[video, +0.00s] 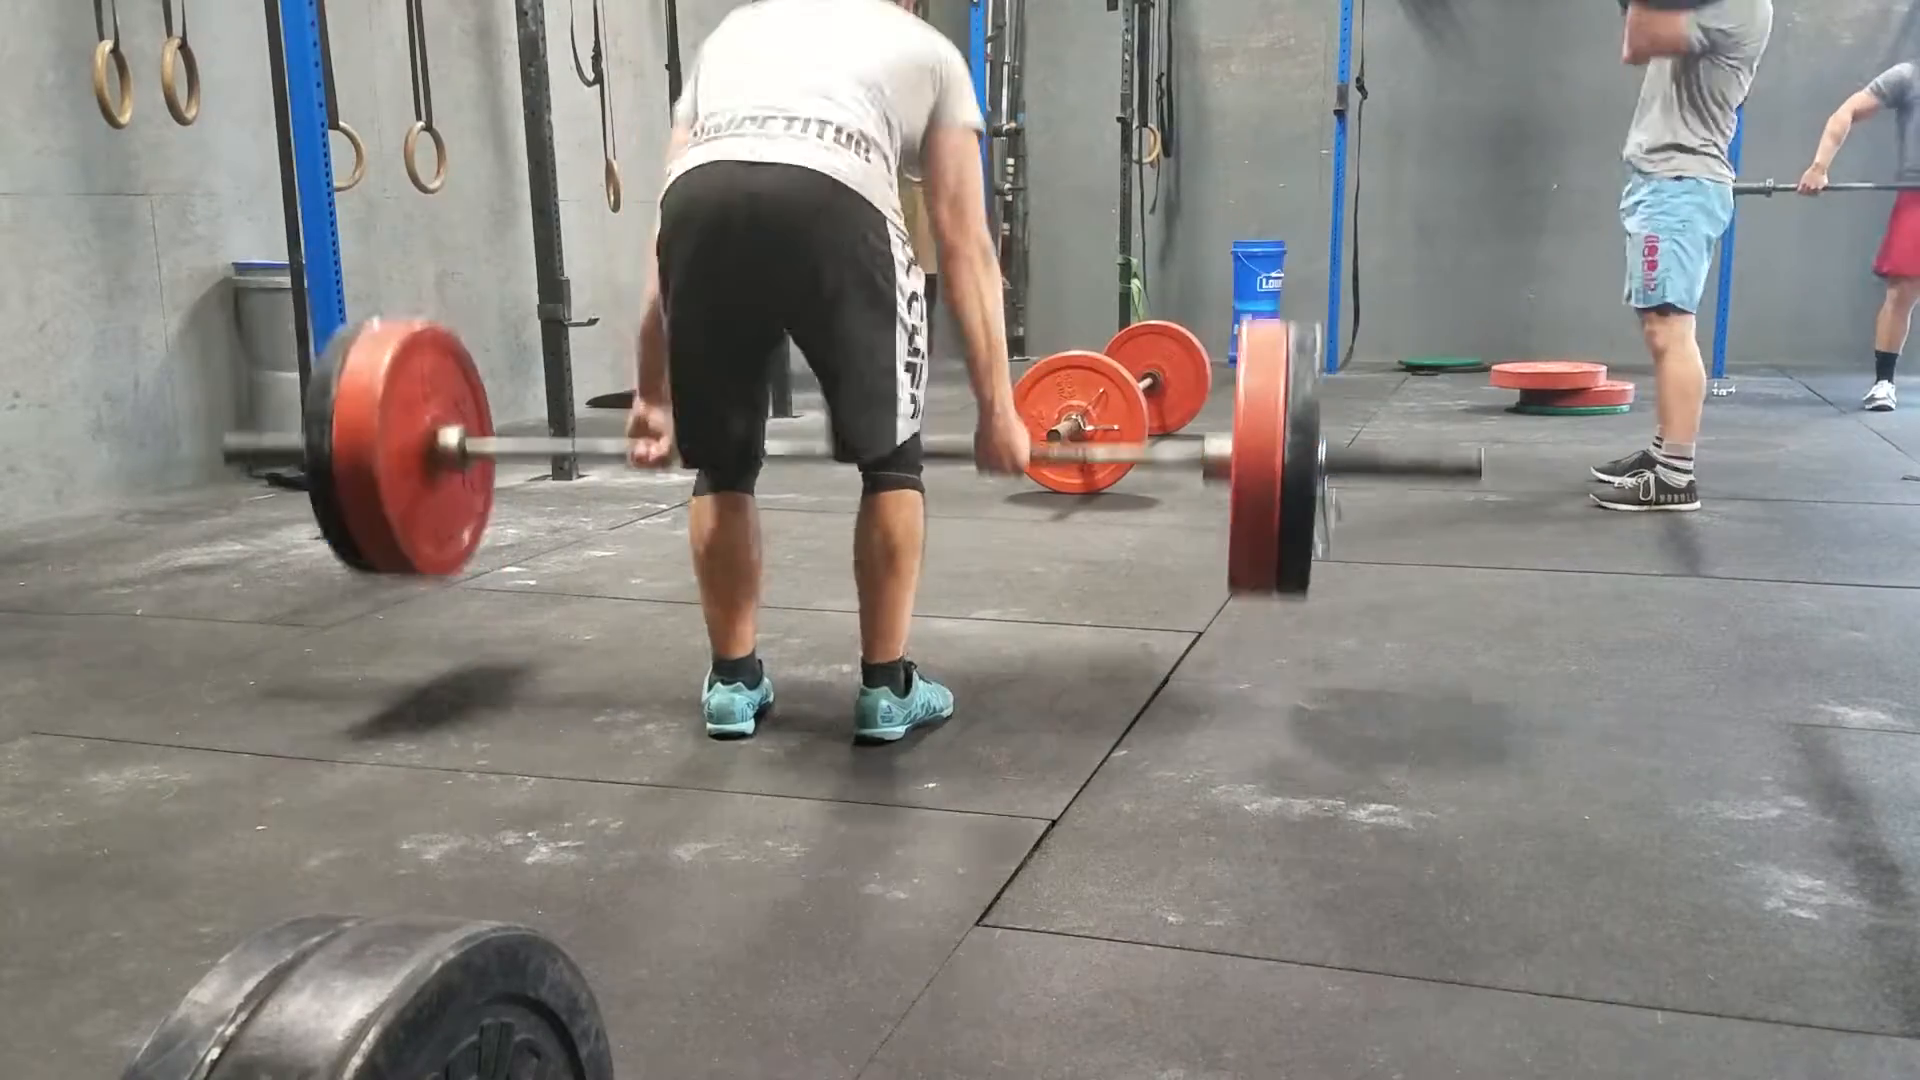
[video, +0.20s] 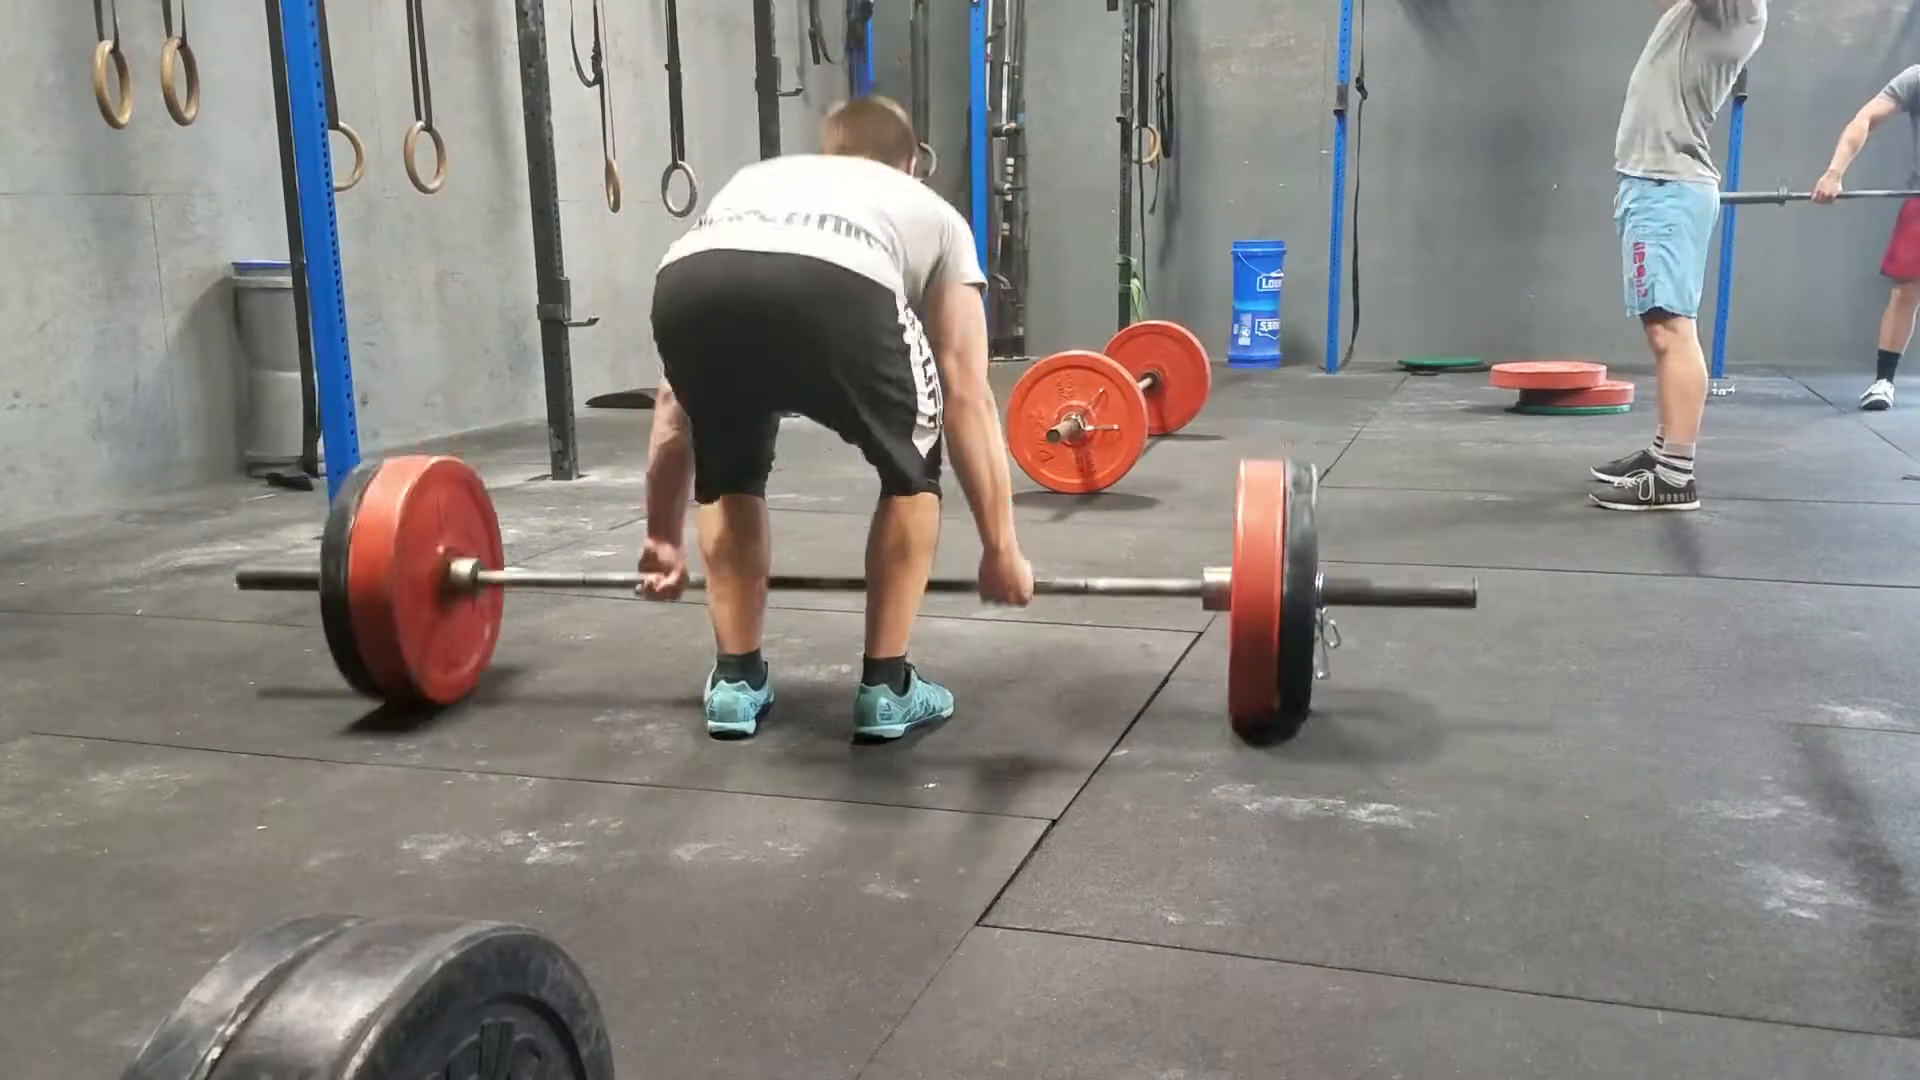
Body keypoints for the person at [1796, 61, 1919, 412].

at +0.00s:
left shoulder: (1906, 77)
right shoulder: (1908, 76)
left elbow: (1847, 113)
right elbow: (1847, 111)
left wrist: (1819, 166)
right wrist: (1818, 166)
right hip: (1912, 197)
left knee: (1903, 291)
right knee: (1902, 290)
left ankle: (1884, 383)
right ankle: (1884, 382)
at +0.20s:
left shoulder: (1913, 78)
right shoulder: (1915, 77)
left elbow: (1865, 119)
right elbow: (1865, 118)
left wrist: (1834, 172)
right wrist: (1834, 172)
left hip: (1915, 203)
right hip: (1917, 201)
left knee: (1906, 290)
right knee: (1906, 289)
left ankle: (1884, 381)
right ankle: (1883, 381)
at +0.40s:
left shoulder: (1914, 80)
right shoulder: (1917, 79)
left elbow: (1876, 123)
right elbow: (1876, 123)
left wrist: (1843, 178)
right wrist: (1843, 178)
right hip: (1919, 204)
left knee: (1909, 291)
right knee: (1908, 290)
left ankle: (1884, 381)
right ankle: (1884, 382)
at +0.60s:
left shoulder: (1915, 78)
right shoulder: (1917, 77)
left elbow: (1876, 123)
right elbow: (1876, 122)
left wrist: (1840, 180)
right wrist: (1841, 179)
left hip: (1916, 205)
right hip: (1918, 204)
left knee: (1908, 290)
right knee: (1908, 289)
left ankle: (1884, 380)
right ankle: (1884, 380)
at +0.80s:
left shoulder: (1914, 90)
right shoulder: (1916, 89)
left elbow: (1870, 136)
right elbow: (1870, 136)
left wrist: (1831, 195)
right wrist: (1831, 193)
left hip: (1913, 209)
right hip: (1915, 208)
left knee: (1902, 290)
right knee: (1902, 287)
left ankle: (1882, 382)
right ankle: (1881, 382)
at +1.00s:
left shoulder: (1913, 116)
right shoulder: (1915, 115)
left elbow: (1864, 165)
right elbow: (1864, 165)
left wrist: (1825, 221)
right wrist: (1825, 221)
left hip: (1913, 205)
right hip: (1915, 204)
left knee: (1898, 290)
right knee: (1897, 288)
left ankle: (1881, 383)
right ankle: (1881, 383)